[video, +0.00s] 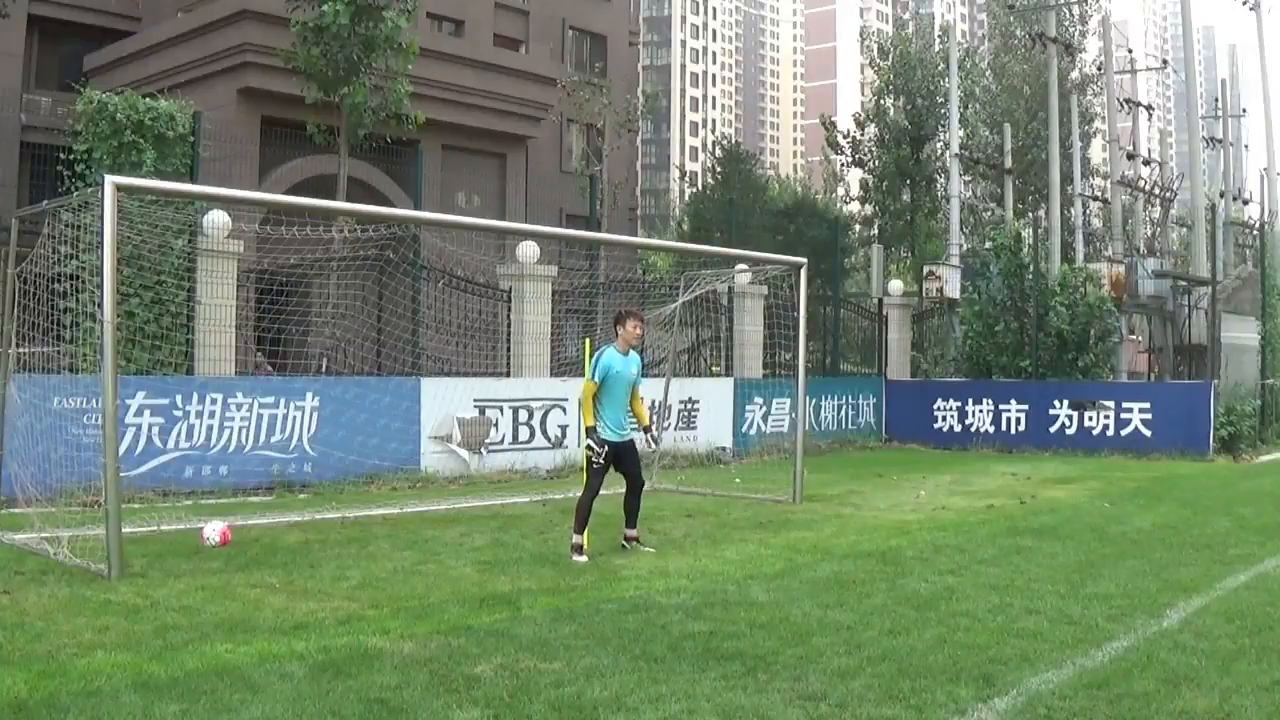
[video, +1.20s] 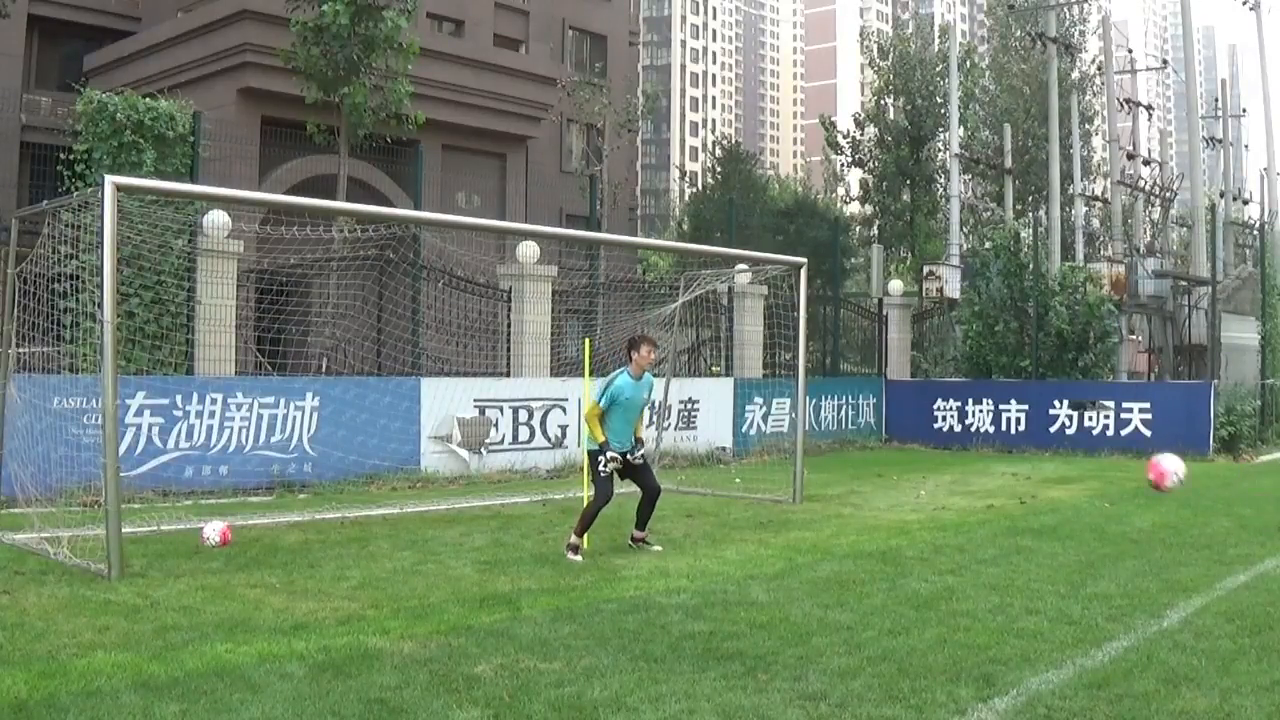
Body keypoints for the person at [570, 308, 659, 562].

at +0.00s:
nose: (639, 332)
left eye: (641, 328)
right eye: (634, 327)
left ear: (640, 332)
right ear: (620, 330)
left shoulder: (635, 360)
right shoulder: (604, 357)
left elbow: (635, 398)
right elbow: (587, 394)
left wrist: (646, 426)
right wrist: (590, 431)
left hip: (624, 437)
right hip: (602, 436)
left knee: (636, 483)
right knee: (591, 490)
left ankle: (631, 537)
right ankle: (577, 542)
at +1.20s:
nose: (653, 356)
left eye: (654, 352)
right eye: (648, 352)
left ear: (651, 356)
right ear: (633, 354)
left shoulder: (648, 381)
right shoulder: (616, 381)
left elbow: (639, 414)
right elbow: (591, 415)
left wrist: (639, 440)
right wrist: (605, 447)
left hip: (628, 448)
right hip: (602, 448)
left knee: (652, 489)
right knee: (603, 495)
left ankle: (638, 537)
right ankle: (574, 542)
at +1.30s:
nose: (652, 346)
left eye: (652, 342)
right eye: (647, 342)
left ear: (648, 346)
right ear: (631, 345)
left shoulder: (650, 371)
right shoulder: (618, 371)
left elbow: (664, 396)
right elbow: (601, 404)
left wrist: (666, 407)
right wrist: (630, 416)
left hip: (627, 443)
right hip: (602, 442)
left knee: (651, 486)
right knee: (601, 492)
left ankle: (638, 537)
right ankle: (573, 541)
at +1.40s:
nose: (649, 338)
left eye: (650, 334)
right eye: (644, 334)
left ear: (650, 339)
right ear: (629, 337)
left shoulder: (651, 359)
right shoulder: (619, 358)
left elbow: (679, 363)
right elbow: (617, 375)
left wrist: (685, 350)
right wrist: (646, 358)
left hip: (627, 436)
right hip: (604, 436)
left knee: (647, 482)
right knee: (595, 489)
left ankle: (638, 536)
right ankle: (572, 539)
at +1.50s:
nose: (641, 324)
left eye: (643, 320)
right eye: (637, 320)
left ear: (644, 323)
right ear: (625, 323)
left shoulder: (648, 343)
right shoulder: (616, 347)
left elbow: (675, 331)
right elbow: (631, 335)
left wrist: (670, 306)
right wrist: (643, 306)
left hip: (632, 423)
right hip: (609, 421)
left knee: (643, 477)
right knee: (594, 482)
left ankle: (641, 529)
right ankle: (567, 533)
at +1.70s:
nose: (629, 350)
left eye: (632, 346)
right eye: (624, 346)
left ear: (635, 349)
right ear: (613, 350)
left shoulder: (639, 366)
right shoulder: (606, 370)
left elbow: (667, 350)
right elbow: (604, 344)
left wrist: (681, 326)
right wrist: (628, 320)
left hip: (630, 443)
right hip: (605, 444)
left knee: (652, 498)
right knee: (603, 495)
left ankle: (647, 536)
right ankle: (575, 536)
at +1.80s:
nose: (622, 354)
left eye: (625, 350)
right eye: (617, 350)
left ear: (628, 353)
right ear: (605, 354)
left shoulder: (634, 374)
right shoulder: (594, 374)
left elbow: (663, 374)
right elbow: (574, 360)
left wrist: (669, 357)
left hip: (625, 450)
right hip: (597, 448)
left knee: (644, 496)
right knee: (600, 496)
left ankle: (646, 537)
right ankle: (592, 543)